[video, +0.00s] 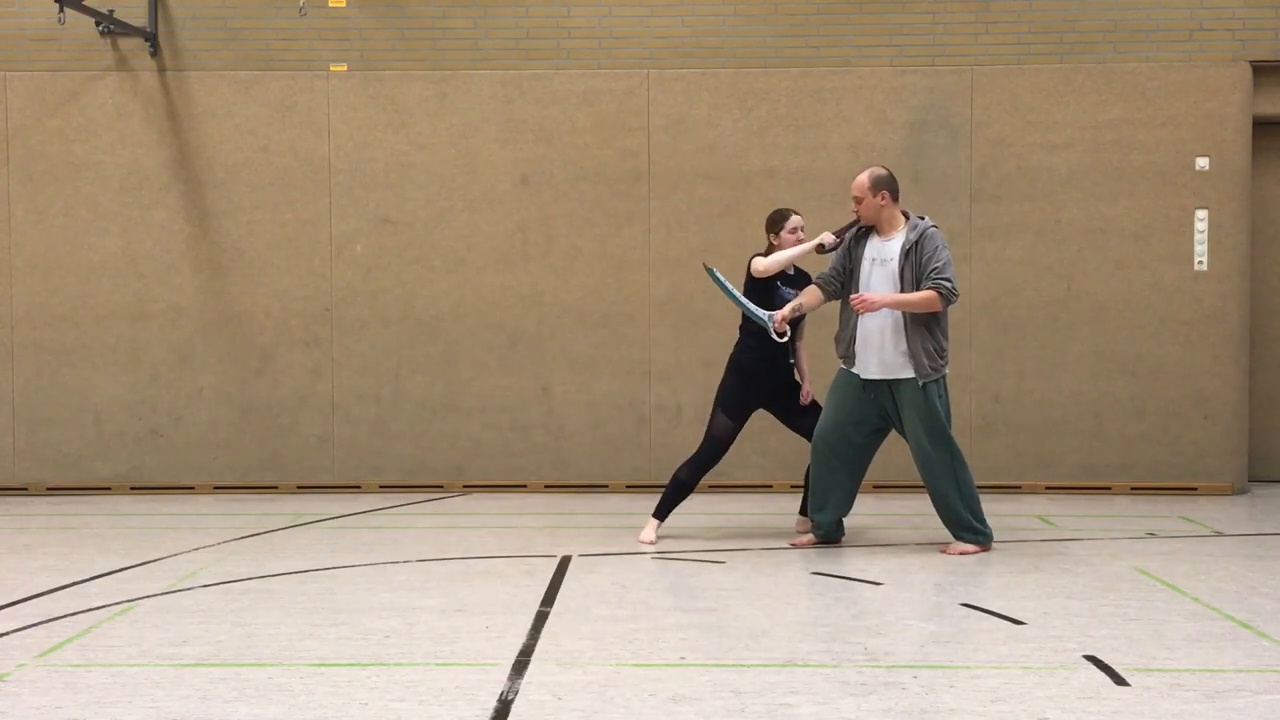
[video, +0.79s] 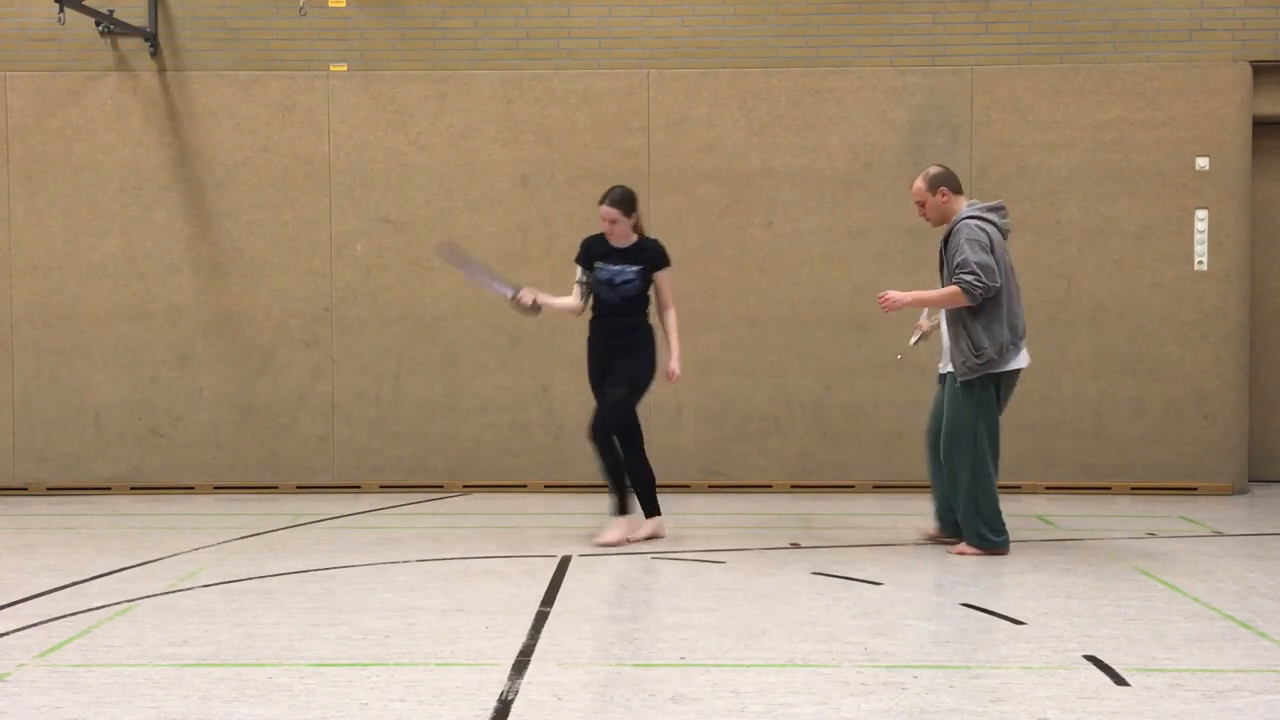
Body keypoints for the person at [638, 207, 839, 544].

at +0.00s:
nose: (803, 236)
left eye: (803, 230)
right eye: (795, 231)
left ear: (802, 234)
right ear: (775, 236)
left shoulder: (804, 281)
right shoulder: (759, 265)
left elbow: (799, 338)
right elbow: (768, 265)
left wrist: (806, 379)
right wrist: (814, 245)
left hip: (780, 380)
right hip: (745, 377)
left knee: (830, 436)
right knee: (710, 452)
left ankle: (807, 518)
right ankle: (655, 521)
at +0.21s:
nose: (763, 233)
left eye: (767, 228)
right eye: (757, 227)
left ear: (768, 231)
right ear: (744, 227)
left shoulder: (772, 270)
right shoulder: (727, 259)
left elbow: (775, 324)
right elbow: (712, 262)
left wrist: (782, 372)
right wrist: (757, 227)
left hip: (759, 371)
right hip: (721, 370)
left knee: (805, 440)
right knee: (700, 448)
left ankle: (804, 521)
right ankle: (662, 524)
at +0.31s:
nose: (734, 232)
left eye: (739, 226)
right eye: (728, 226)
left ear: (745, 228)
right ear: (715, 226)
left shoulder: (748, 265)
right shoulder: (699, 254)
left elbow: (755, 322)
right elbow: (672, 258)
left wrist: (766, 370)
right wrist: (709, 221)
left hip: (738, 364)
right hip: (699, 362)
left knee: (778, 439)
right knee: (687, 447)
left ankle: (805, 517)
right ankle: (661, 524)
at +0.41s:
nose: (707, 232)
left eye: (713, 226)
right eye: (701, 226)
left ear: (719, 226)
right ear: (688, 225)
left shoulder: (723, 264)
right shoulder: (668, 253)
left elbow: (732, 322)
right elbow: (630, 263)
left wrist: (747, 371)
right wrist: (661, 220)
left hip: (713, 361)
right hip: (673, 362)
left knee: (753, 435)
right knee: (672, 445)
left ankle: (794, 507)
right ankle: (660, 524)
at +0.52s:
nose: (680, 231)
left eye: (687, 224)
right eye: (675, 224)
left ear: (695, 223)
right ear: (663, 221)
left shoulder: (703, 261)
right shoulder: (644, 251)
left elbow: (711, 318)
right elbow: (601, 278)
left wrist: (726, 365)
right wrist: (616, 231)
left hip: (692, 358)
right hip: (650, 359)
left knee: (728, 433)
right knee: (664, 443)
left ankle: (758, 499)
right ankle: (659, 524)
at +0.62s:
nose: (654, 226)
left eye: (661, 219)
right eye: (649, 218)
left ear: (673, 218)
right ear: (641, 216)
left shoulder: (685, 251)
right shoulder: (624, 246)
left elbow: (694, 310)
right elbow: (588, 293)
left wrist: (705, 357)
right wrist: (580, 254)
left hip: (675, 351)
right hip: (632, 352)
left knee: (684, 434)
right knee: (647, 440)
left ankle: (714, 496)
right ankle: (655, 523)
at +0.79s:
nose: (605, 228)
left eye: (612, 222)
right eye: (603, 221)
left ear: (631, 219)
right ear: (600, 218)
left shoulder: (651, 252)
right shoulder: (592, 248)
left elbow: (667, 306)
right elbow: (577, 303)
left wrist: (674, 356)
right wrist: (540, 299)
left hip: (636, 350)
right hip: (601, 350)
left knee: (601, 428)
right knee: (629, 434)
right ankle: (653, 519)